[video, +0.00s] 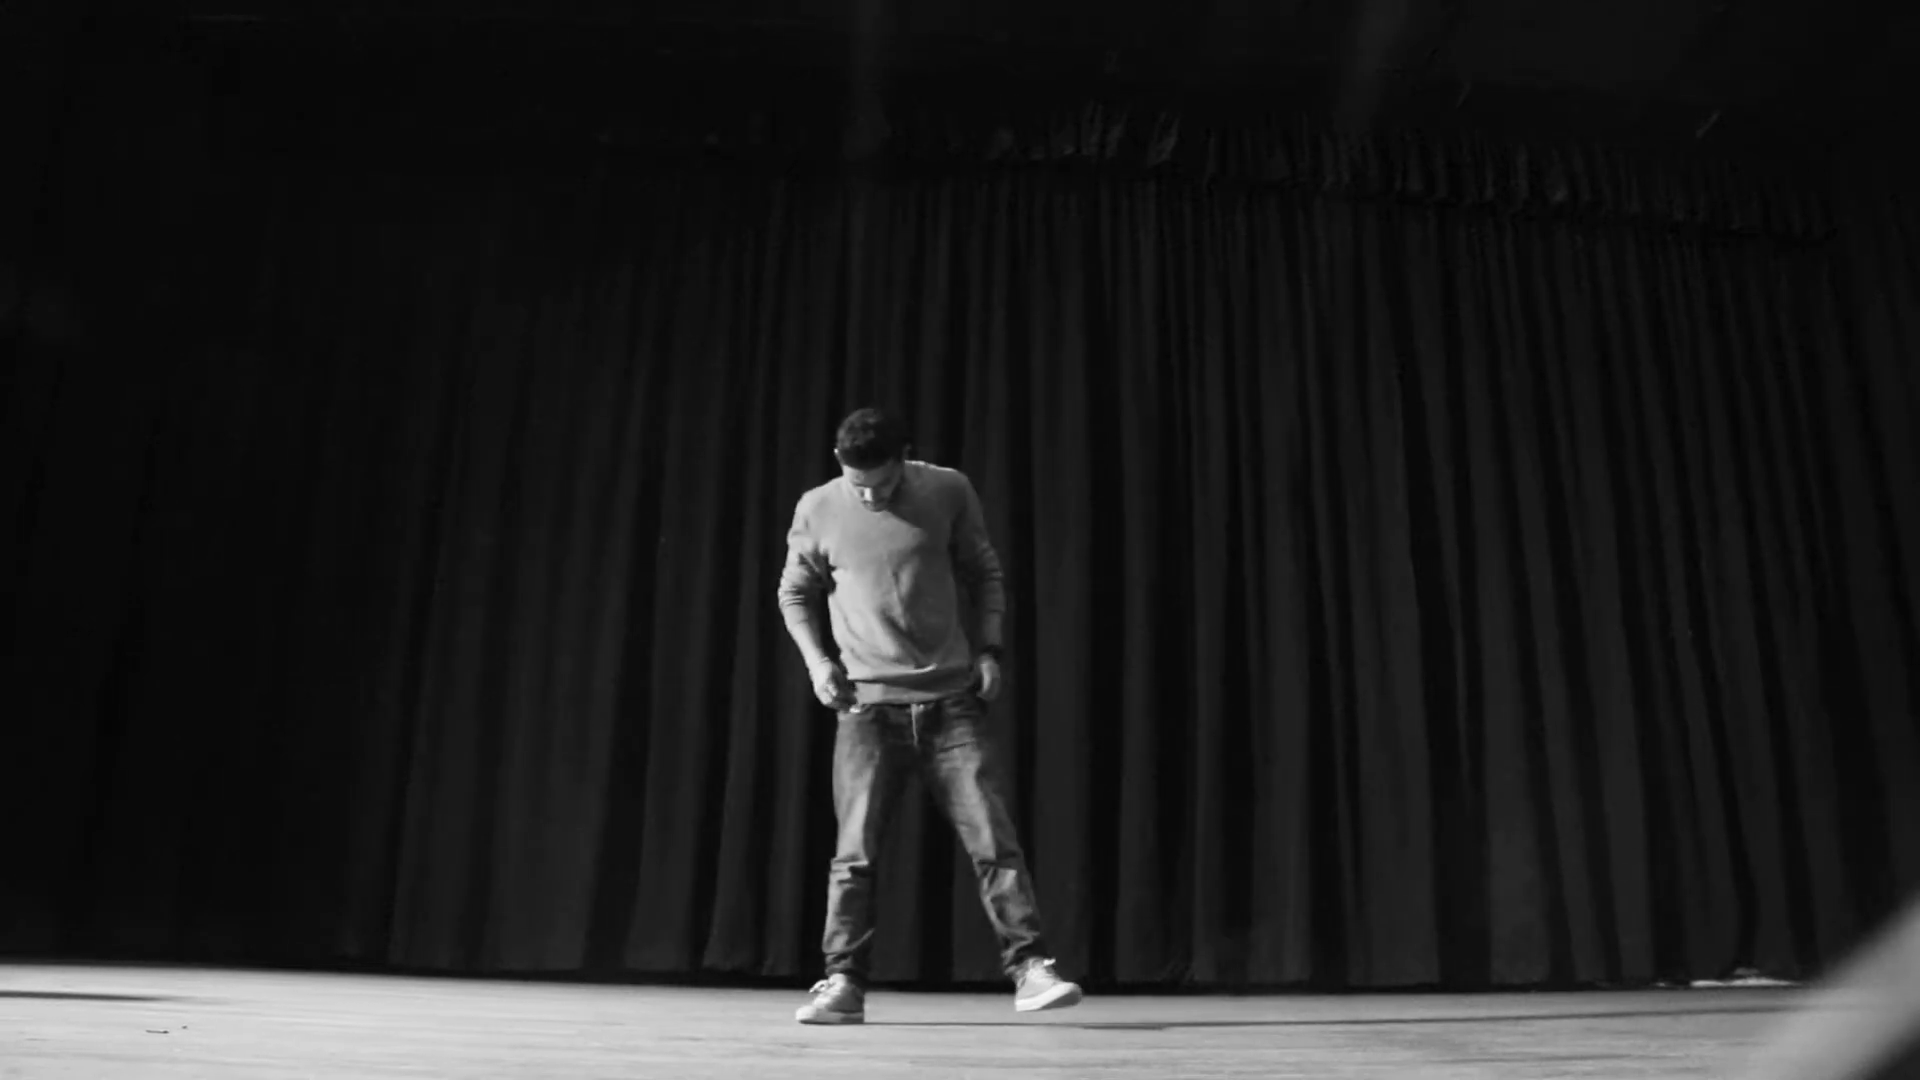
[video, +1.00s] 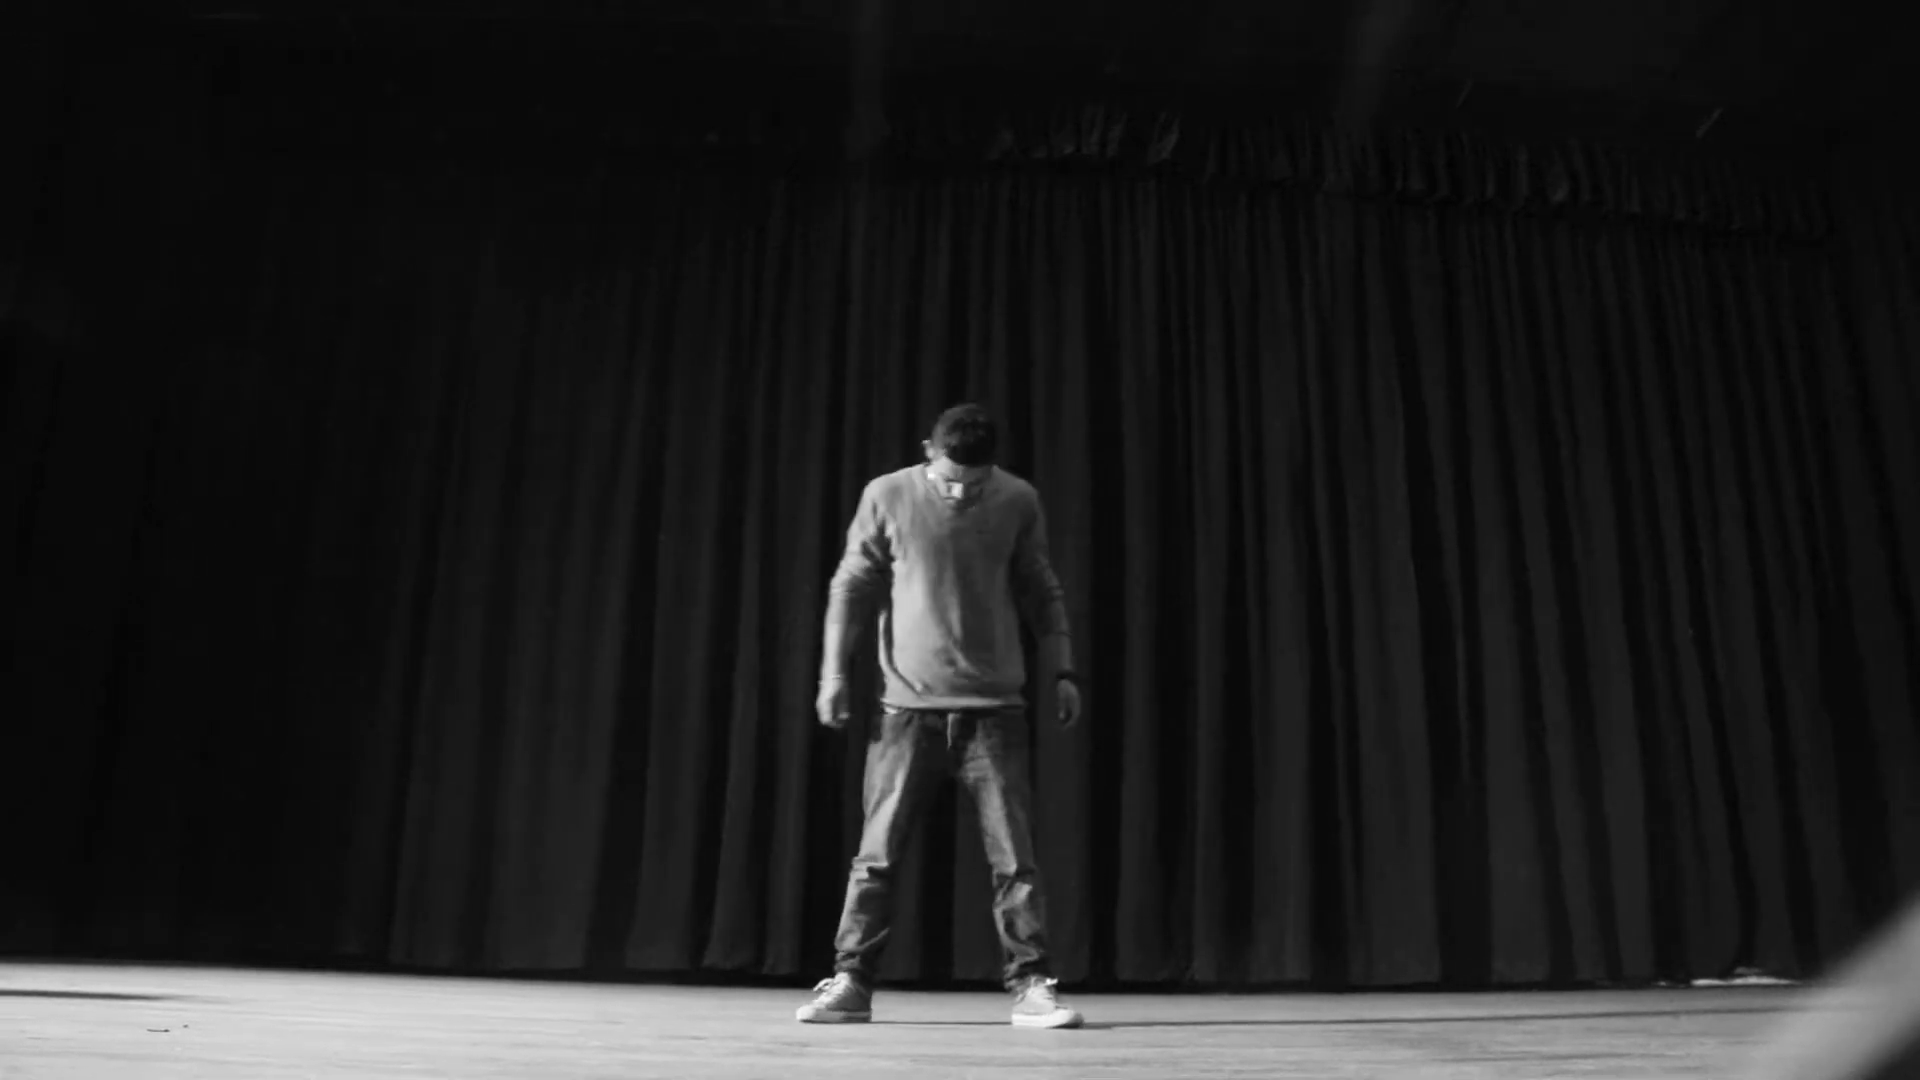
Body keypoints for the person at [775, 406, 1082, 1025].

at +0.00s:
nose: (871, 496)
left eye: (881, 485)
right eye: (860, 486)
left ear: (903, 461)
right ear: (841, 470)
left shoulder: (950, 492)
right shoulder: (818, 510)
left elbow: (986, 572)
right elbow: (794, 594)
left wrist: (990, 649)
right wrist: (817, 661)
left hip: (952, 703)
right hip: (867, 707)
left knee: (993, 839)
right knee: (855, 853)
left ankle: (1031, 972)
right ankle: (842, 984)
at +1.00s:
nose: (961, 491)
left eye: (973, 481)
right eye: (950, 479)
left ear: (991, 464)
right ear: (928, 454)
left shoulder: (1018, 501)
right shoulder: (886, 497)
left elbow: (1041, 590)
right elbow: (850, 586)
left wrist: (1061, 672)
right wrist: (834, 676)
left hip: (993, 704)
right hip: (909, 703)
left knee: (1014, 855)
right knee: (877, 854)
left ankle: (1032, 988)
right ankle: (850, 982)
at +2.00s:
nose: (940, 502)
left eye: (951, 492)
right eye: (928, 492)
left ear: (972, 468)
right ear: (909, 469)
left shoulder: (1008, 480)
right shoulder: (878, 483)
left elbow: (1084, 519)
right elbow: (804, 522)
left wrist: (1168, 558)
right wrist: (719, 560)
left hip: (983, 700)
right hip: (903, 701)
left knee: (1010, 854)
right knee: (877, 851)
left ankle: (1033, 990)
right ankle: (849, 985)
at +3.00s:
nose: (961, 469)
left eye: (973, 456)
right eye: (949, 457)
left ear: (991, 443)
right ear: (927, 443)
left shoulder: (1027, 487)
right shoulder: (888, 491)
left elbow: (1110, 513)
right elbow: (805, 512)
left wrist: (1198, 533)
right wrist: (715, 524)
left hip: (1007, 692)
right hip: (923, 692)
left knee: (1023, 846)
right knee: (904, 841)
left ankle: (1033, 987)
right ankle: (877, 979)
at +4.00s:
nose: (971, 443)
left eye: (984, 431)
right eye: (961, 430)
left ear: (1004, 426)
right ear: (942, 421)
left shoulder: (1039, 489)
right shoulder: (904, 489)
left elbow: (1122, 520)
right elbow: (819, 513)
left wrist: (1211, 531)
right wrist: (728, 515)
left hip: (1009, 691)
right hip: (927, 693)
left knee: (1019, 848)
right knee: (920, 846)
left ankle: (1019, 988)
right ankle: (914, 986)